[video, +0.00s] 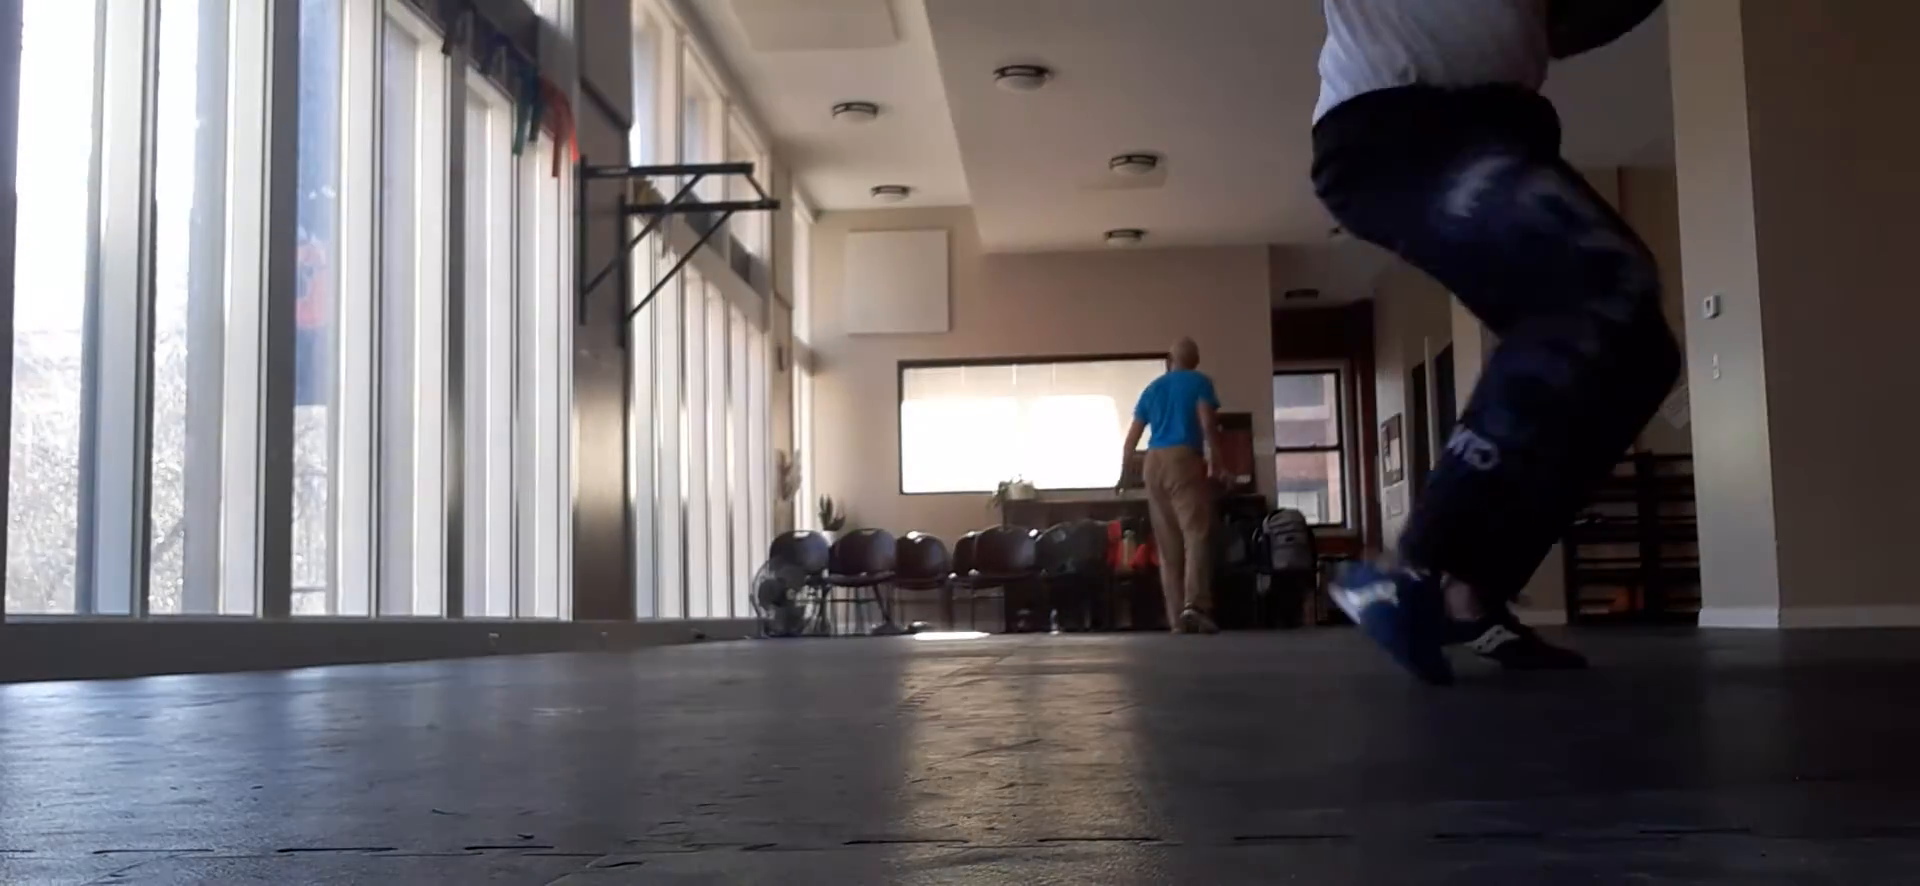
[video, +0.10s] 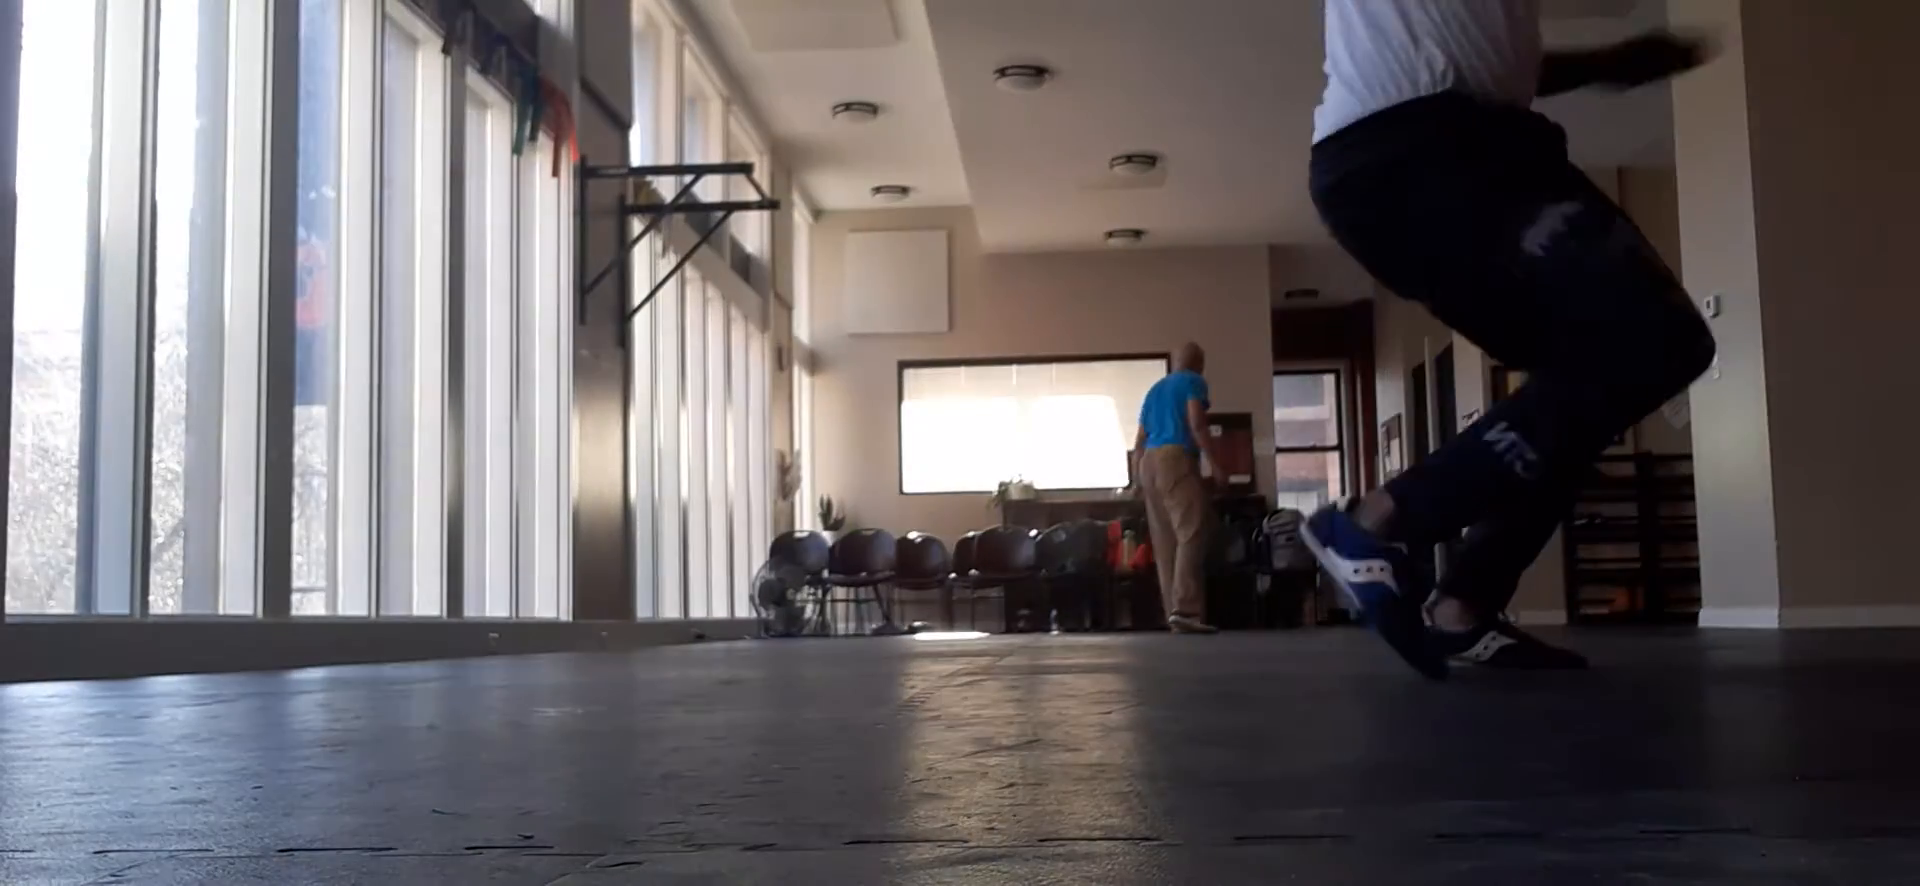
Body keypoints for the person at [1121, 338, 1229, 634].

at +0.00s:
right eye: (1193, 358)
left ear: (1171, 360)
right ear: (1196, 361)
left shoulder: (1153, 387)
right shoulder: (1200, 381)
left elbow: (1132, 437)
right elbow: (1207, 421)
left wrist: (1125, 473)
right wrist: (1217, 462)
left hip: (1153, 458)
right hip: (1184, 456)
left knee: (1167, 540)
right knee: (1194, 533)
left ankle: (1175, 618)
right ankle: (1193, 605)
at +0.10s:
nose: (1201, 370)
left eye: (1200, 364)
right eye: (1201, 365)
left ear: (1177, 361)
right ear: (1199, 364)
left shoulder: (1155, 389)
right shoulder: (1192, 381)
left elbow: (1140, 438)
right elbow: (1196, 423)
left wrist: (1137, 475)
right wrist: (1215, 464)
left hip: (1147, 457)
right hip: (1174, 455)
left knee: (1163, 536)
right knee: (1189, 531)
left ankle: (1172, 610)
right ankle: (1185, 610)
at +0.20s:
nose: (1205, 373)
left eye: (1205, 368)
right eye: (1204, 367)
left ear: (1179, 361)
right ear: (1198, 364)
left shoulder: (1159, 387)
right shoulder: (1184, 380)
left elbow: (1157, 430)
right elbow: (1182, 420)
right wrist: (1205, 460)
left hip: (1146, 455)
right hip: (1167, 455)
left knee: (1161, 534)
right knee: (1182, 529)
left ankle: (1168, 606)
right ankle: (1175, 609)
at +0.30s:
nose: (1204, 366)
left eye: (1204, 361)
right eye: (1203, 360)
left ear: (1180, 357)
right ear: (1193, 359)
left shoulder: (1165, 382)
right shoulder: (1175, 378)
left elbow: (1164, 428)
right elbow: (1169, 422)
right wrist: (1190, 460)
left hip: (1150, 457)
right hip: (1161, 457)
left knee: (1163, 535)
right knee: (1175, 533)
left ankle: (1168, 609)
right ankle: (1161, 609)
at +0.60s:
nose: (1176, 354)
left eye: (1178, 349)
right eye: (1171, 349)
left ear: (1177, 354)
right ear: (1157, 352)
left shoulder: (1172, 393)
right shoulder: (1140, 384)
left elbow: (1186, 431)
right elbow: (1129, 425)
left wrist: (1211, 452)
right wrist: (1141, 467)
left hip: (1165, 470)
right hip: (1142, 469)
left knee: (1165, 543)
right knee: (1149, 543)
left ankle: (1169, 616)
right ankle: (1143, 618)